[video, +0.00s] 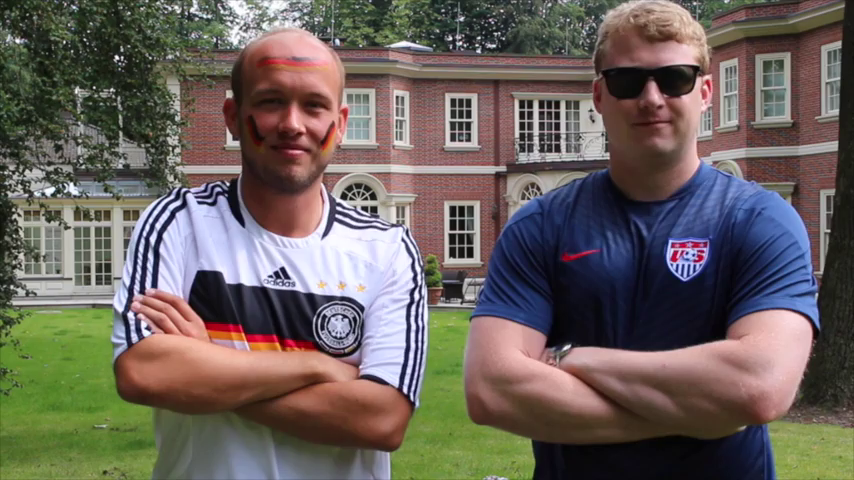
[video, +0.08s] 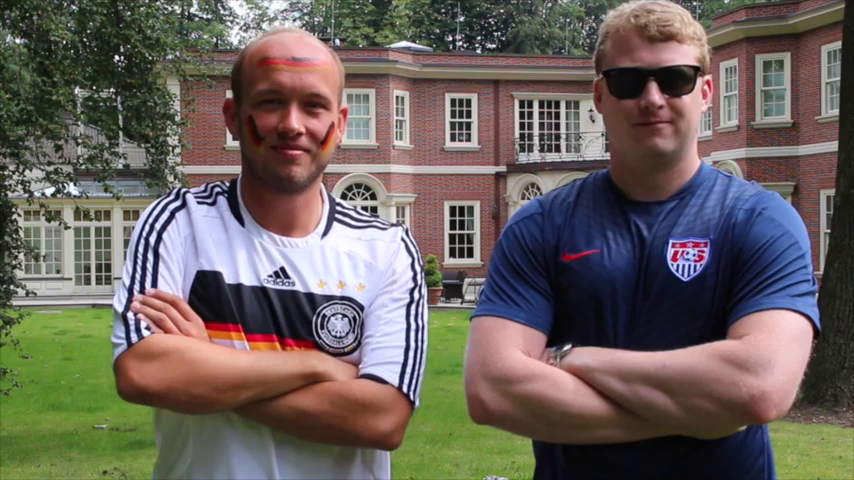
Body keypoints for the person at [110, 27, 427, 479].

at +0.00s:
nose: (293, 125)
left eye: (315, 105)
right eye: (271, 102)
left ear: (339, 124)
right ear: (233, 117)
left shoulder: (388, 249)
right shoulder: (175, 220)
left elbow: (384, 422)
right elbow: (139, 373)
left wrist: (211, 372)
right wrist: (318, 366)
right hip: (200, 473)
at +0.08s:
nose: (293, 125)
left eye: (314, 106)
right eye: (271, 102)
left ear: (339, 124)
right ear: (233, 117)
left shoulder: (387, 249)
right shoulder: (175, 221)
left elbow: (384, 421)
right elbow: (139, 373)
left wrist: (210, 371)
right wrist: (318, 365)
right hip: (200, 473)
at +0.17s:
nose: (292, 125)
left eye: (314, 106)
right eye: (271, 103)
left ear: (339, 124)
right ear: (233, 117)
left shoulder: (387, 249)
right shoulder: (175, 221)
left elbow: (384, 421)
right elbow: (138, 373)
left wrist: (210, 371)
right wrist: (317, 365)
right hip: (200, 473)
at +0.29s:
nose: (292, 125)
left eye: (313, 106)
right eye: (270, 103)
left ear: (338, 124)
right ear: (232, 118)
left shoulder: (387, 248)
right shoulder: (174, 221)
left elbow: (384, 421)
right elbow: (139, 373)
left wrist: (210, 371)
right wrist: (318, 365)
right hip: (201, 473)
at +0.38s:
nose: (291, 126)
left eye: (313, 106)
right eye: (269, 104)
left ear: (338, 124)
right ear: (232, 118)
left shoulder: (387, 248)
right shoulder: (174, 221)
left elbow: (385, 421)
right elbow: (139, 373)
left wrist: (211, 372)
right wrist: (318, 365)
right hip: (201, 473)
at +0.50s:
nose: (293, 126)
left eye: (314, 107)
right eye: (271, 104)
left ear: (338, 124)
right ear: (232, 118)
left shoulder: (387, 249)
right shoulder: (174, 221)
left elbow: (384, 421)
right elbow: (138, 374)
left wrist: (211, 372)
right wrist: (318, 365)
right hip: (201, 473)